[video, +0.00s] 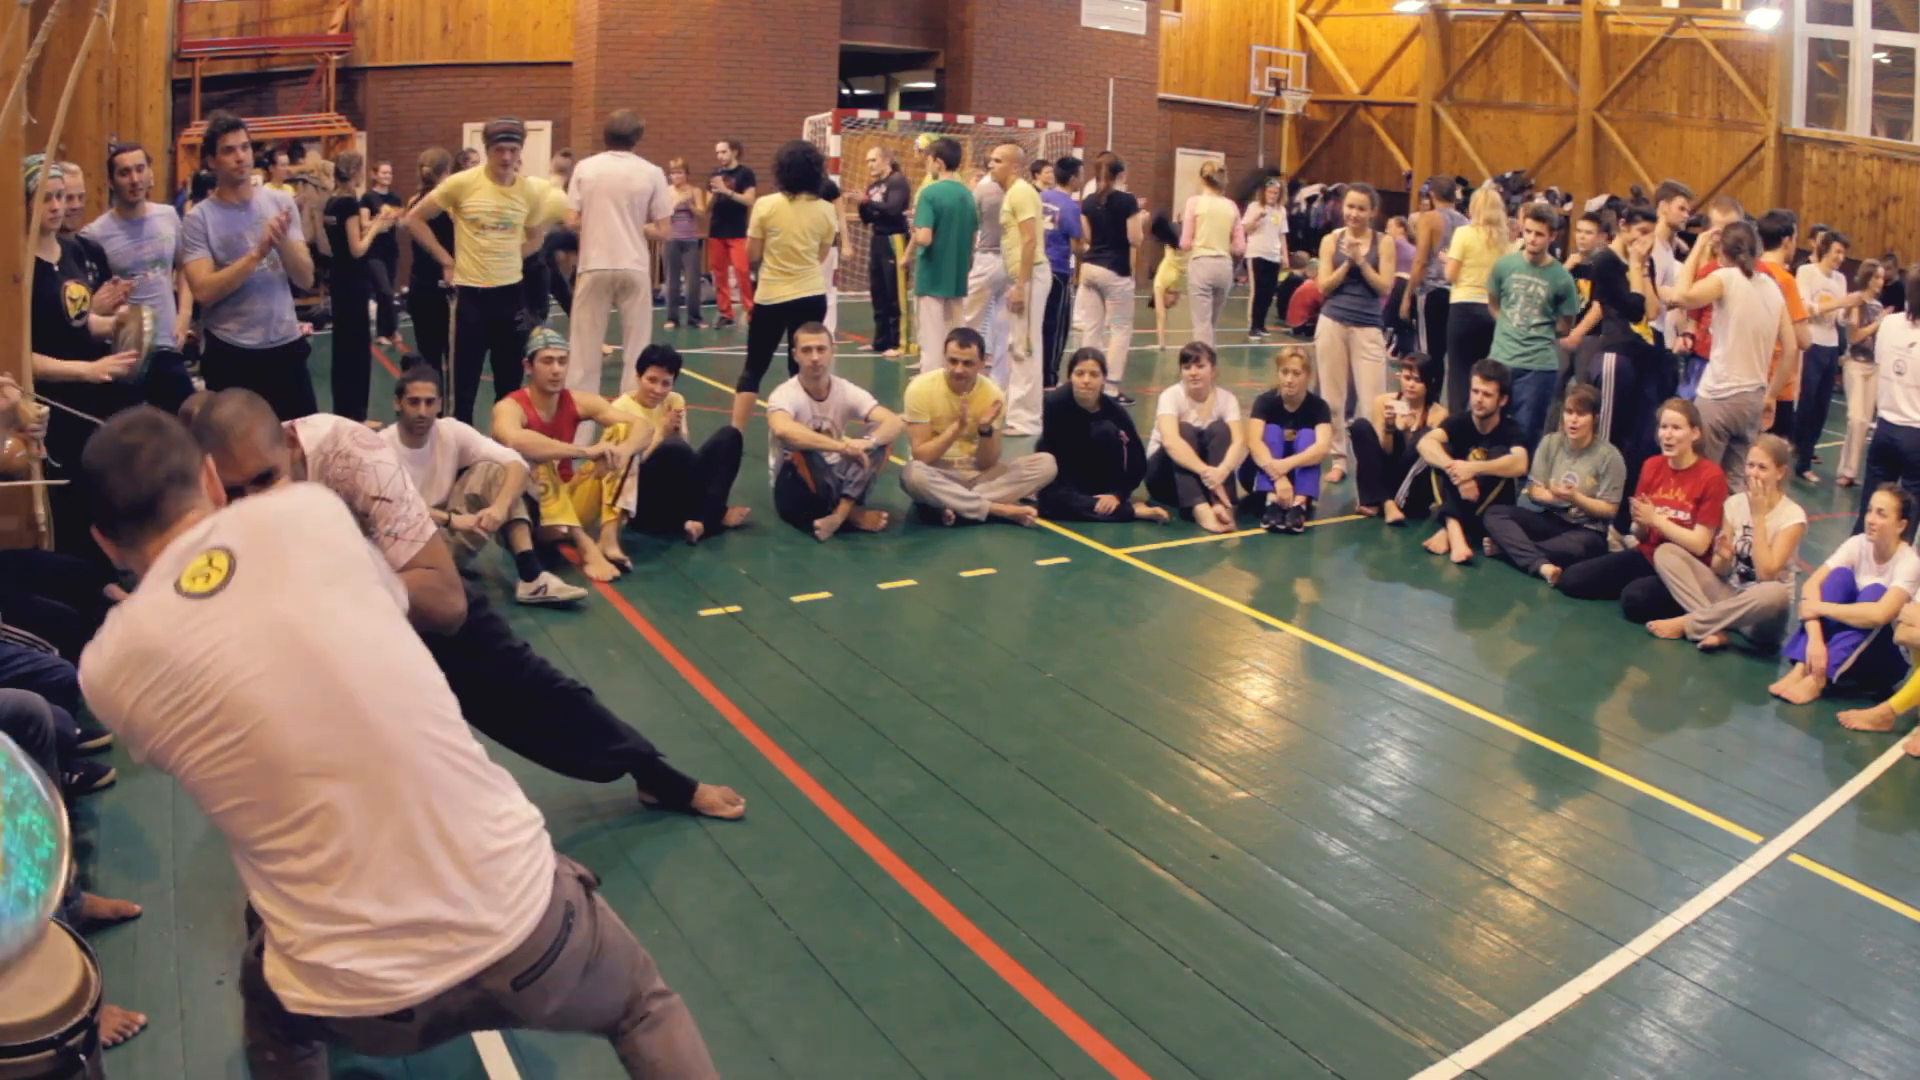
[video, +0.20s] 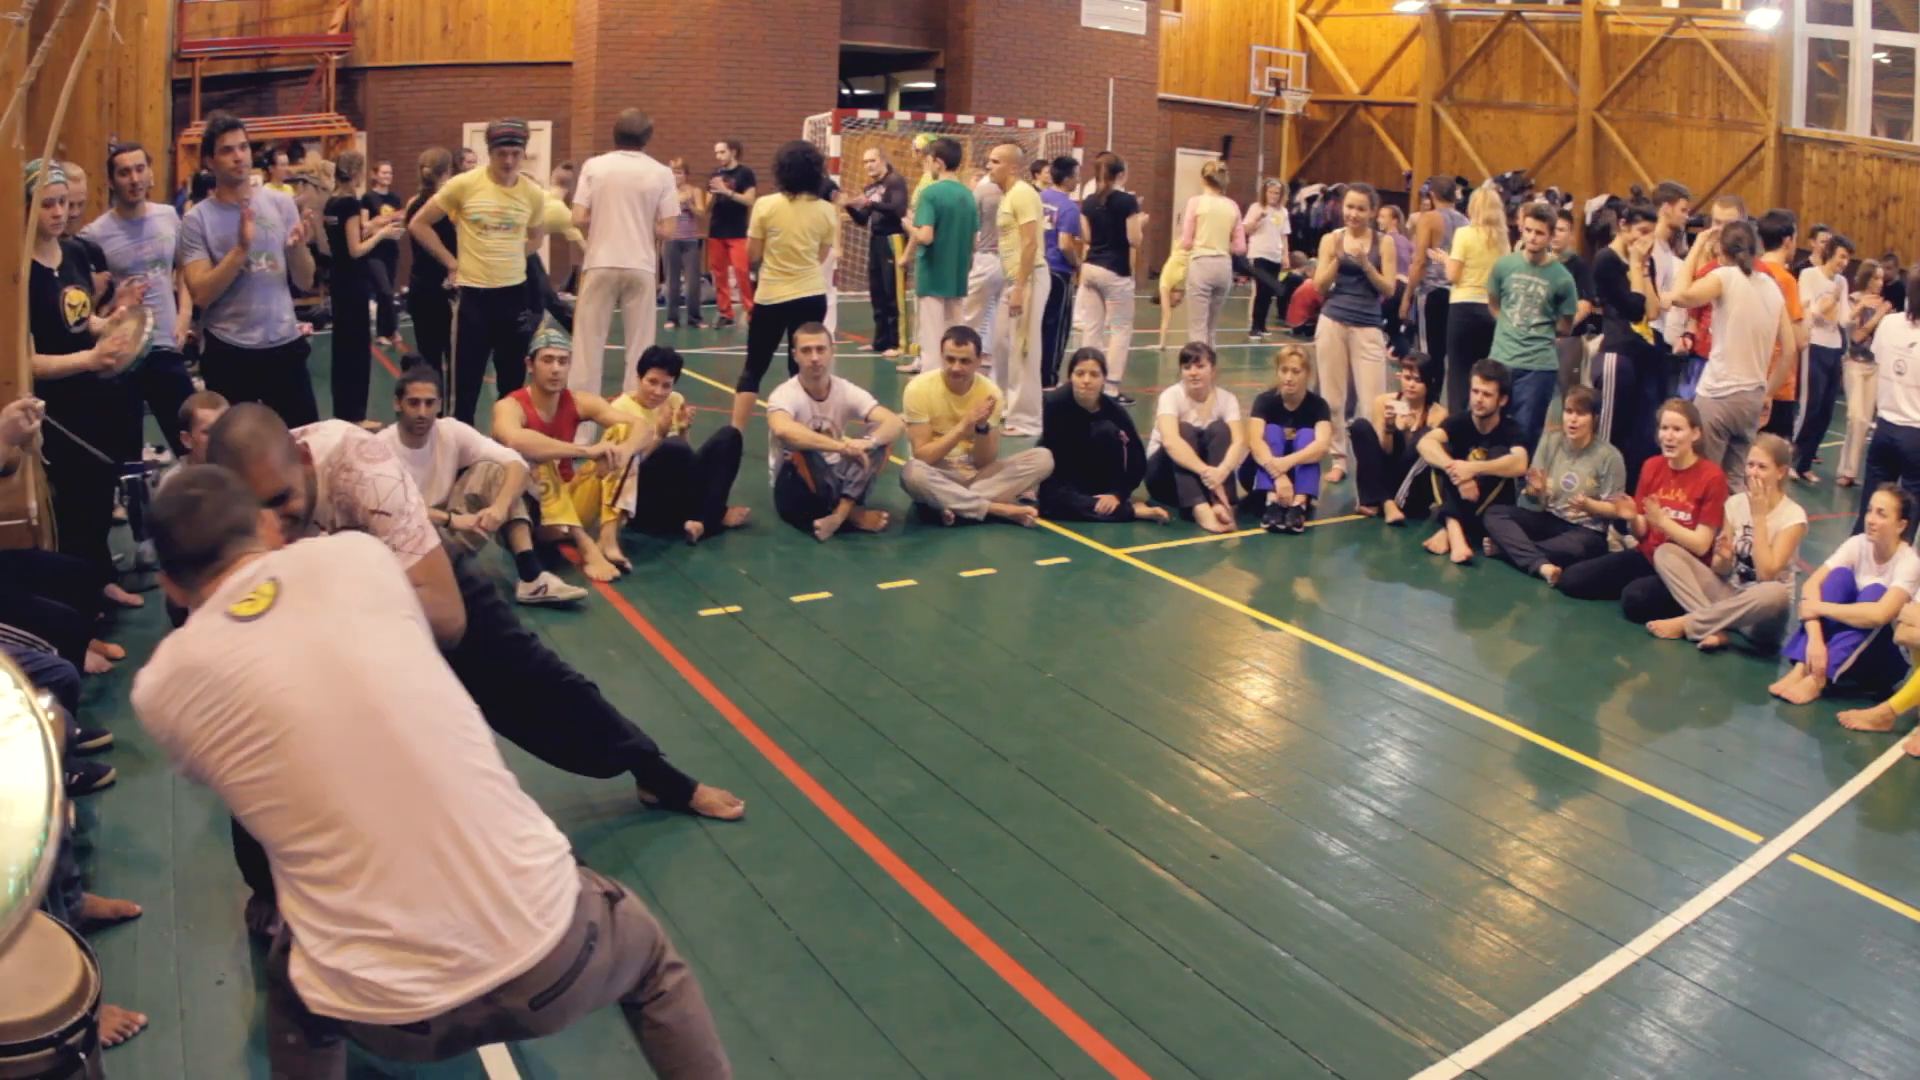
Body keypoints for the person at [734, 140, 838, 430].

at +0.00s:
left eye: (777, 166)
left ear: (779, 171)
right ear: (817, 172)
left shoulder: (765, 206)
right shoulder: (826, 210)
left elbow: (754, 253)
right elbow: (822, 254)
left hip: (771, 301)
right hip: (811, 298)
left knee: (753, 369)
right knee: (803, 369)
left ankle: (734, 437)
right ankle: (805, 437)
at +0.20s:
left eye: (778, 166)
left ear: (779, 171)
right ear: (817, 172)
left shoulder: (765, 206)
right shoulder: (827, 211)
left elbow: (754, 253)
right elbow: (822, 253)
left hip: (771, 300)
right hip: (811, 298)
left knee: (753, 369)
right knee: (804, 369)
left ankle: (734, 438)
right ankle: (806, 438)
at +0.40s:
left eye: (778, 166)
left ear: (779, 171)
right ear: (818, 172)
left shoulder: (765, 205)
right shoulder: (827, 210)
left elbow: (752, 251)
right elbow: (823, 252)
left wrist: (778, 239)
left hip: (771, 300)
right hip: (812, 298)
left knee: (753, 369)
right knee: (804, 368)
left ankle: (734, 438)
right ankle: (807, 436)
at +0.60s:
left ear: (781, 171)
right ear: (819, 173)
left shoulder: (766, 205)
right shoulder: (828, 210)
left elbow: (754, 255)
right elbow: (823, 255)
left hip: (772, 301)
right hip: (813, 300)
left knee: (758, 366)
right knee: (804, 371)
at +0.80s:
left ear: (781, 171)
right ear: (818, 172)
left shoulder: (766, 206)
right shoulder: (828, 210)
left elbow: (755, 255)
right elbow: (824, 254)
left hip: (773, 300)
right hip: (813, 299)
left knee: (754, 371)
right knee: (804, 372)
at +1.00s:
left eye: (780, 166)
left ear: (782, 171)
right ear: (819, 172)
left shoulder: (767, 205)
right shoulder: (828, 210)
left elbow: (755, 253)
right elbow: (824, 254)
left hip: (773, 300)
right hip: (814, 299)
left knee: (754, 371)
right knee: (804, 373)